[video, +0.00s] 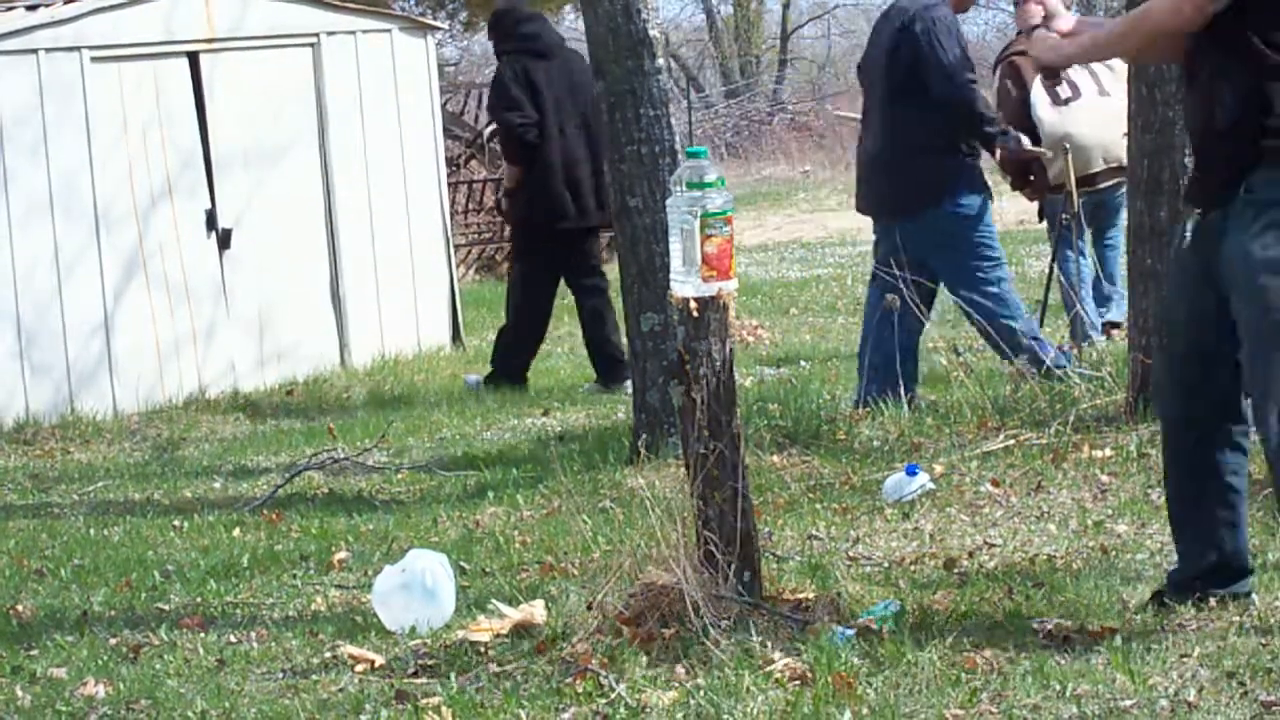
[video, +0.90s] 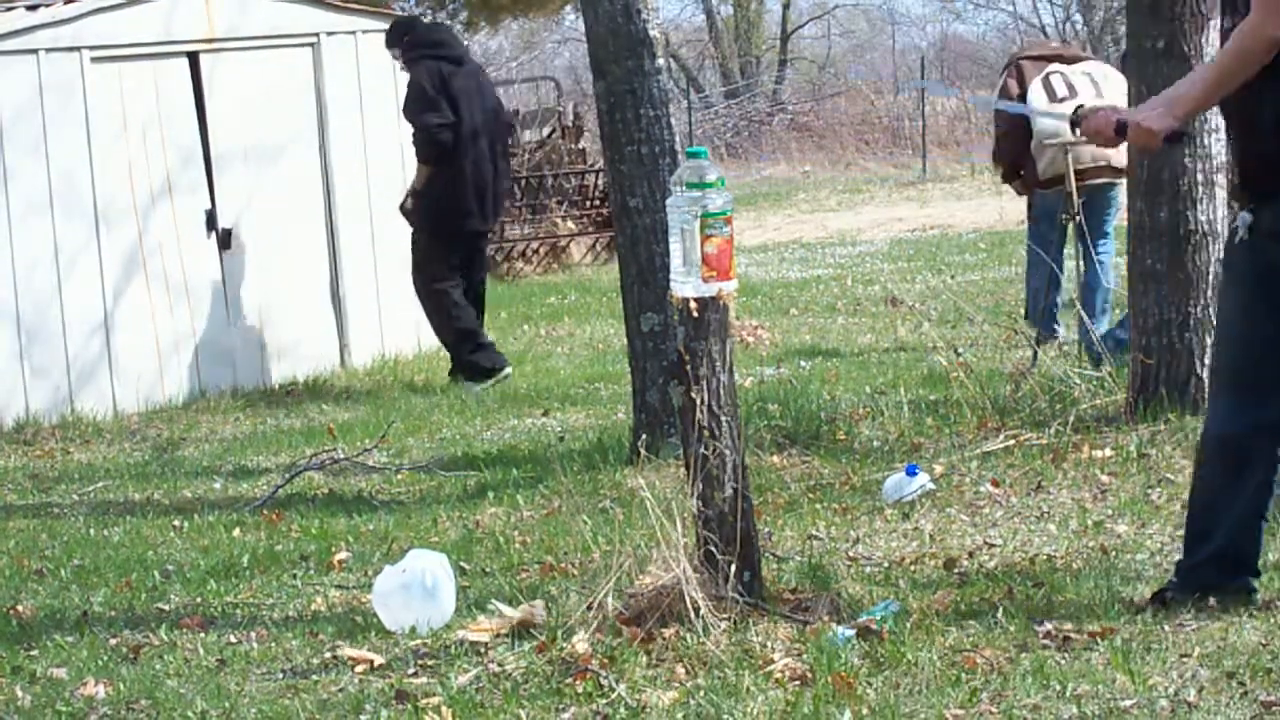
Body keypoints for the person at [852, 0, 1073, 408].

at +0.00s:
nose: (973, 6)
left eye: (975, 3)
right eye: (974, 2)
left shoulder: (892, 20)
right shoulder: (933, 18)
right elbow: (957, 90)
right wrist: (1001, 139)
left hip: (894, 186)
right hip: (939, 182)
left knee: (895, 299)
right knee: (987, 285)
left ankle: (882, 402)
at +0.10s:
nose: (1005, 6)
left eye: (1006, 4)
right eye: (1005, 2)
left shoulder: (916, 25)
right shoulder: (969, 24)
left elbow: (897, 80)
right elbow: (996, 102)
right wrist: (1032, 140)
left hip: (922, 191)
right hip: (978, 186)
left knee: (912, 300)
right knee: (1023, 289)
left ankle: (886, 404)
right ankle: (1069, 382)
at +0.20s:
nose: (1040, 7)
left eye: (1041, 7)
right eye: (1040, 5)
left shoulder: (955, 17)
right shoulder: (1006, 23)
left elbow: (927, 71)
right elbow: (1039, 101)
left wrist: (971, 110)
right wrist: (1086, 131)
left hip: (960, 185)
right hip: (1017, 183)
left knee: (947, 287)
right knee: (1052, 281)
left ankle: (895, 391)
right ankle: (1073, 382)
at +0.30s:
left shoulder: (982, 10)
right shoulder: (1040, 12)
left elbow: (955, 63)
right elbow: (1070, 91)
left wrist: (993, 109)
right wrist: (1112, 128)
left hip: (985, 164)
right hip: (1044, 166)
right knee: (1078, 271)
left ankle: (935, 351)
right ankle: (1070, 379)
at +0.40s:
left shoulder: (1007, 8)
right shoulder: (1071, 8)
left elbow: (980, 59)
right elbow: (1104, 74)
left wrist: (1018, 104)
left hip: (1022, 161)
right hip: (1075, 163)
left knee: (1059, 254)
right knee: (1088, 275)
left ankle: (998, 334)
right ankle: (1075, 379)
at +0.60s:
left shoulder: (1057, 10)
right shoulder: (1131, 11)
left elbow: (1018, 77)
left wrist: (1018, 144)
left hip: (1049, 152)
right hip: (1107, 151)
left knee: (1048, 251)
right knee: (1104, 263)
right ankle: (1075, 371)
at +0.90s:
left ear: (1029, 46)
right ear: (1070, 44)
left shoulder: (1019, 70)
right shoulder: (1098, 66)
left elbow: (1010, 128)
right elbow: (1120, 112)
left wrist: (1013, 173)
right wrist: (1120, 159)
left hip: (1049, 173)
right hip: (1106, 167)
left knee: (1045, 250)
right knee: (1100, 247)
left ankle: (1044, 331)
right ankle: (1097, 339)